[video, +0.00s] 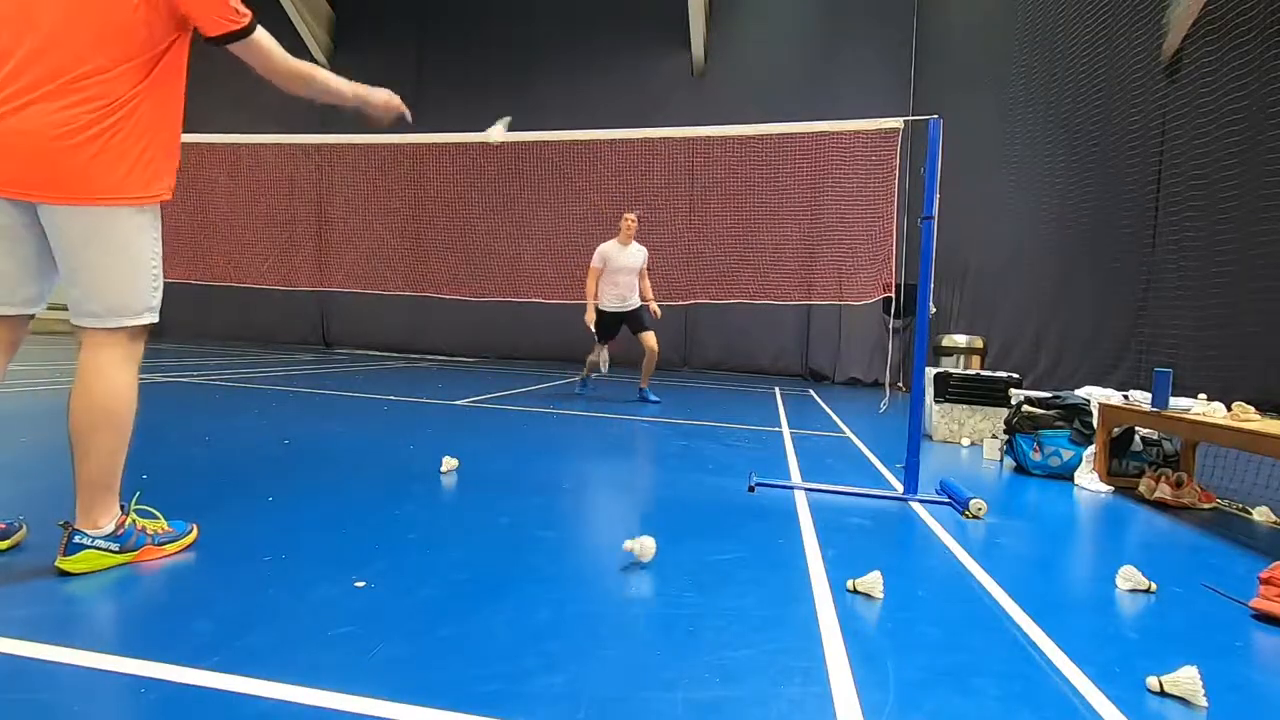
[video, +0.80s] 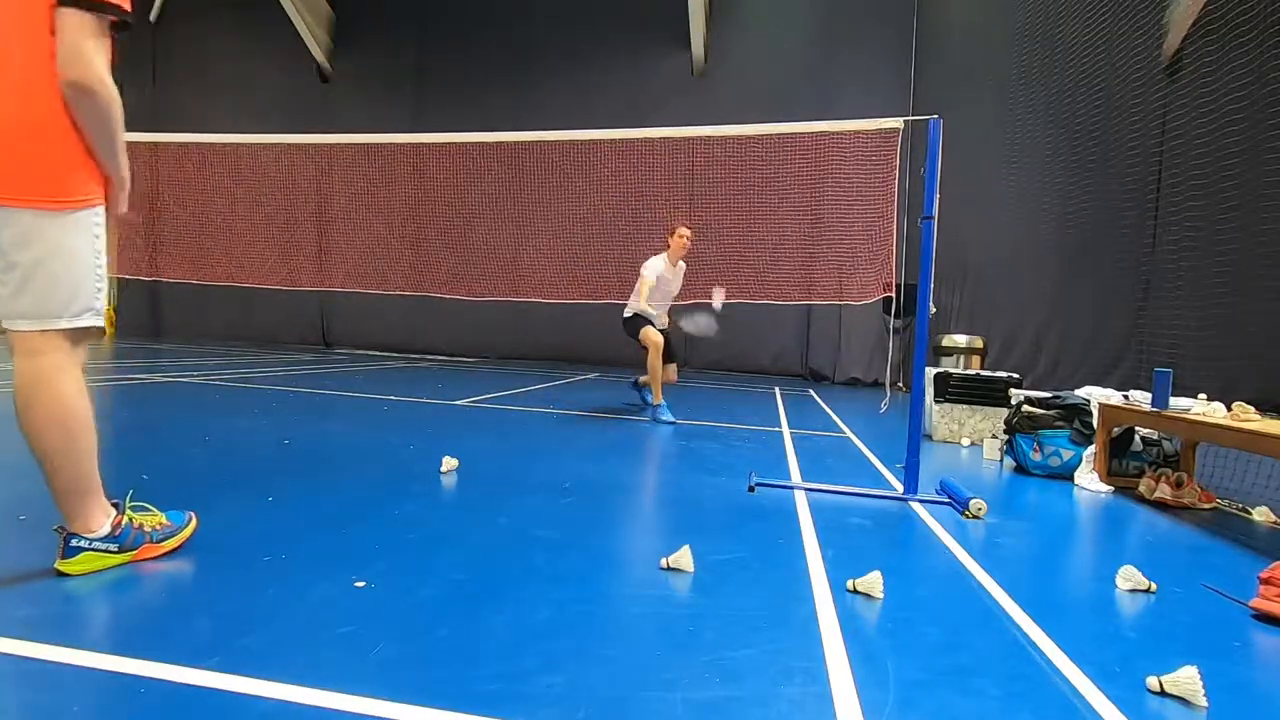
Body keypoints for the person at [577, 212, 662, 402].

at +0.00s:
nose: (630, 224)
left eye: (633, 221)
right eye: (626, 220)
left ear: (637, 227)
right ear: (620, 224)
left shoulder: (642, 252)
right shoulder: (604, 250)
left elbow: (644, 278)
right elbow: (592, 279)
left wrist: (651, 300)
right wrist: (590, 309)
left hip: (633, 307)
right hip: (608, 309)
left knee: (652, 348)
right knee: (598, 352)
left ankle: (643, 388)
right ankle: (584, 377)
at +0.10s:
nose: (644, 223)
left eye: (647, 221)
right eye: (640, 219)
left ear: (651, 226)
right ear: (632, 223)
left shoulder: (652, 253)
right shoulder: (616, 249)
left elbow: (657, 280)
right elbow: (605, 281)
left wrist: (667, 299)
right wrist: (602, 310)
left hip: (639, 308)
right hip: (616, 308)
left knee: (656, 350)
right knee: (620, 353)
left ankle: (644, 389)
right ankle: (603, 368)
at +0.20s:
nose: (655, 224)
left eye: (658, 221)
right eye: (651, 220)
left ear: (661, 226)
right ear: (643, 223)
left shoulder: (662, 255)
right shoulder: (626, 247)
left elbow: (670, 281)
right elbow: (615, 276)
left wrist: (686, 297)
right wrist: (617, 299)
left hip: (645, 308)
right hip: (624, 304)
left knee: (657, 355)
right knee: (633, 340)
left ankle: (644, 389)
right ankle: (620, 386)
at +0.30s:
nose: (661, 221)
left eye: (665, 218)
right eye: (658, 216)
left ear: (668, 224)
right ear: (650, 220)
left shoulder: (667, 253)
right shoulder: (635, 241)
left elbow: (673, 278)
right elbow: (627, 263)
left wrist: (691, 290)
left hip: (649, 306)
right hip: (626, 301)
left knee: (654, 355)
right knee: (638, 337)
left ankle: (643, 388)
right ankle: (639, 391)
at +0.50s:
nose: (676, 232)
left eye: (680, 229)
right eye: (672, 227)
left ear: (683, 235)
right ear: (663, 230)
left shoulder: (674, 261)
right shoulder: (651, 251)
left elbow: (668, 287)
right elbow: (651, 260)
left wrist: (681, 307)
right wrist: (672, 260)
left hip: (658, 316)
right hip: (636, 311)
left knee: (661, 366)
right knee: (656, 341)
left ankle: (638, 386)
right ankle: (658, 403)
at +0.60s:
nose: (685, 239)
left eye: (688, 236)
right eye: (681, 234)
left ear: (689, 242)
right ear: (669, 236)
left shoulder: (679, 265)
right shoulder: (654, 259)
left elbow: (668, 289)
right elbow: (655, 277)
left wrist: (670, 310)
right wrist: (673, 290)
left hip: (659, 318)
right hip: (637, 314)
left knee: (664, 374)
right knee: (658, 341)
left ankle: (638, 386)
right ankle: (659, 404)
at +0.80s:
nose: (685, 242)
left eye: (688, 239)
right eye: (681, 237)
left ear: (690, 244)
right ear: (670, 240)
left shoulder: (681, 268)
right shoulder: (654, 264)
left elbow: (667, 295)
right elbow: (642, 299)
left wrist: (664, 316)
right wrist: (650, 310)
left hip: (659, 320)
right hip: (636, 316)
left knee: (670, 376)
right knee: (656, 341)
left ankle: (641, 382)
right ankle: (658, 404)